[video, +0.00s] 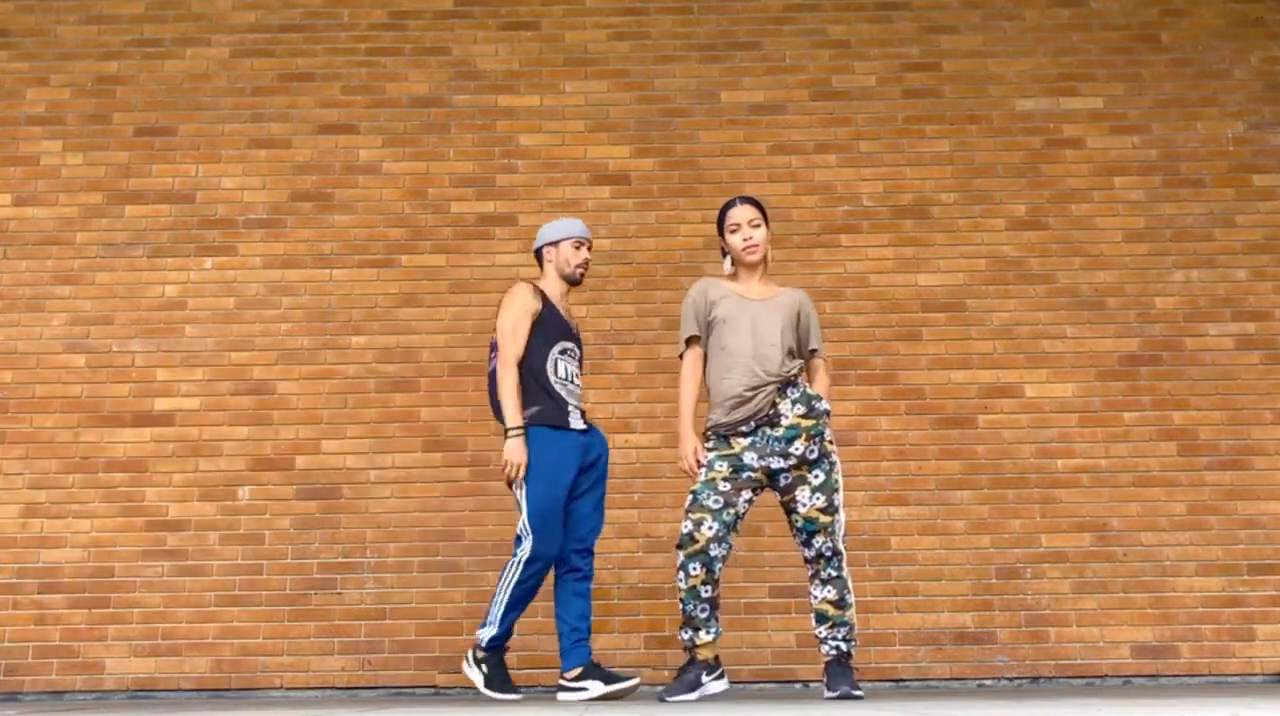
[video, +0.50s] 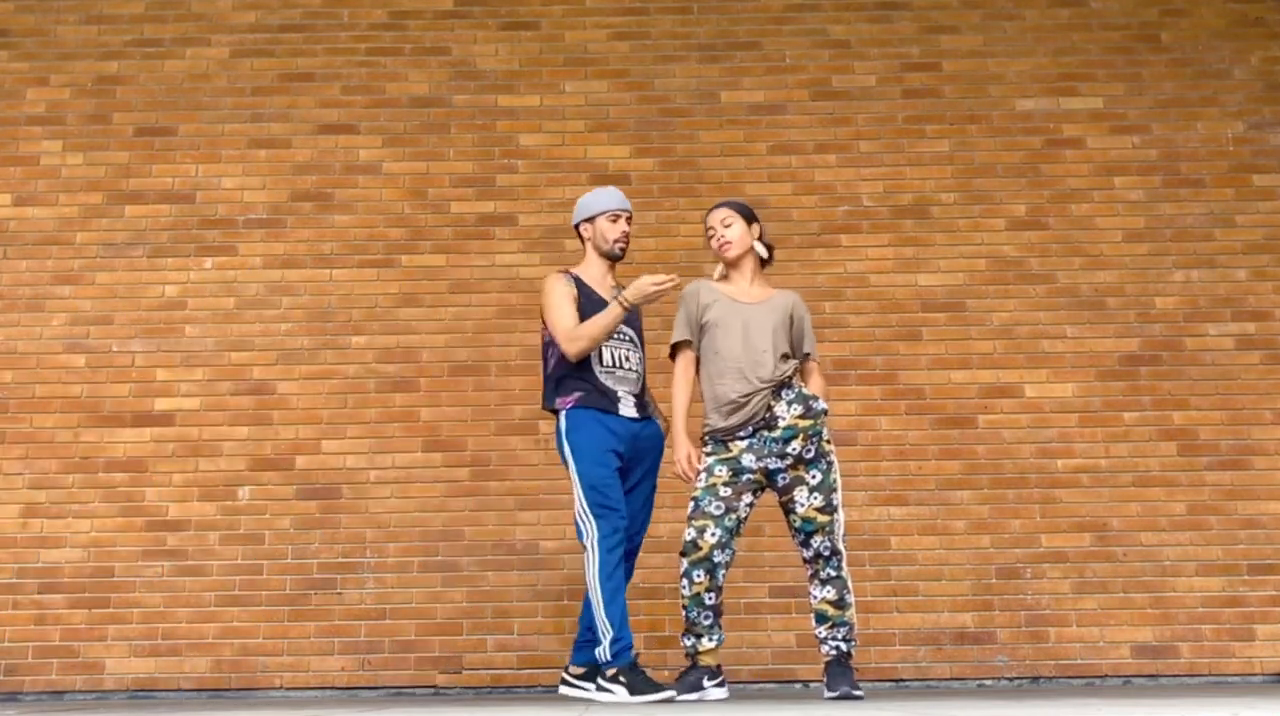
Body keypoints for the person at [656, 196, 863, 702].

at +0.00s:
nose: (747, 235)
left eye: (754, 226)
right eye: (736, 230)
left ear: (770, 234)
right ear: (724, 244)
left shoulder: (795, 300)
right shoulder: (706, 294)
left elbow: (818, 368)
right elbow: (692, 363)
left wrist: (815, 414)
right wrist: (686, 430)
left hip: (795, 433)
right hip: (730, 439)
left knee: (823, 543)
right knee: (698, 539)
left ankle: (839, 662)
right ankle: (704, 661)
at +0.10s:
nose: (747, 236)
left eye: (754, 227)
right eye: (736, 231)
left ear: (769, 236)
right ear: (723, 244)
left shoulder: (791, 304)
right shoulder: (702, 294)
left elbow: (816, 371)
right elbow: (689, 363)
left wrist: (816, 414)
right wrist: (685, 429)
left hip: (793, 436)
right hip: (728, 441)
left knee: (822, 543)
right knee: (698, 541)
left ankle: (839, 661)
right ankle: (703, 661)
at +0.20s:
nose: (744, 236)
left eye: (751, 227)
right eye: (733, 231)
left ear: (765, 235)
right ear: (720, 243)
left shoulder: (785, 304)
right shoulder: (696, 295)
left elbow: (809, 372)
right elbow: (684, 365)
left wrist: (816, 416)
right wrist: (682, 430)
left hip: (793, 433)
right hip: (728, 440)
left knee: (821, 543)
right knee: (700, 542)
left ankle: (839, 662)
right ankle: (704, 663)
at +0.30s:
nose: (740, 236)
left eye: (747, 227)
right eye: (728, 231)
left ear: (761, 234)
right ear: (715, 243)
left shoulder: (785, 304)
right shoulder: (695, 295)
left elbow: (809, 372)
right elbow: (683, 366)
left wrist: (815, 414)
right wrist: (681, 431)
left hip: (793, 436)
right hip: (728, 442)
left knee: (821, 544)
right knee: (702, 546)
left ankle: (839, 662)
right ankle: (705, 665)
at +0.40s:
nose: (730, 234)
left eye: (737, 224)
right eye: (720, 231)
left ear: (759, 233)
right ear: (714, 247)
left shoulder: (788, 304)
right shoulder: (698, 295)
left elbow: (811, 374)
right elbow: (684, 366)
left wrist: (815, 420)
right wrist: (680, 433)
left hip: (792, 436)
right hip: (727, 442)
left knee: (822, 543)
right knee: (702, 545)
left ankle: (838, 661)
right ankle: (705, 665)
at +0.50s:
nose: (718, 236)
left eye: (727, 225)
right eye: (711, 233)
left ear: (756, 234)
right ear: (710, 247)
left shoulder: (789, 302)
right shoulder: (698, 295)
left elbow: (811, 371)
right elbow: (684, 366)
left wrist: (814, 420)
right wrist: (679, 433)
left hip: (793, 436)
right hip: (727, 442)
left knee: (822, 544)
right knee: (702, 545)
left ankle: (839, 661)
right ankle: (705, 665)